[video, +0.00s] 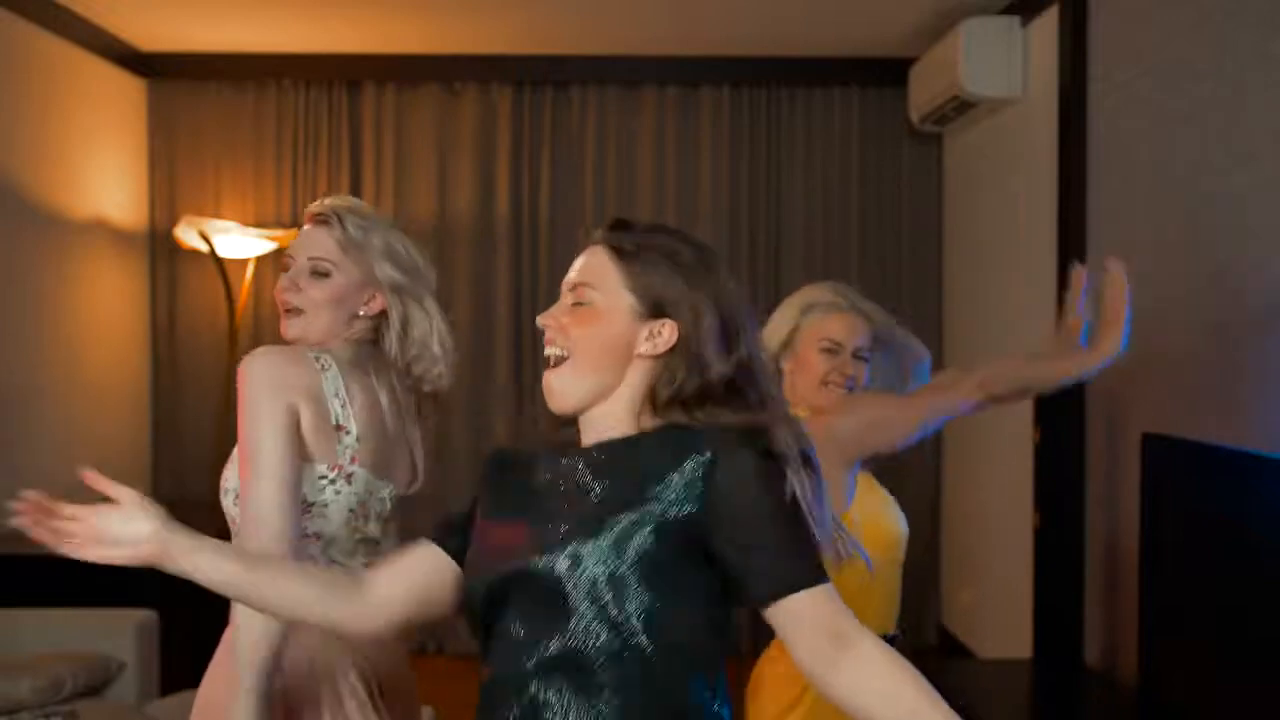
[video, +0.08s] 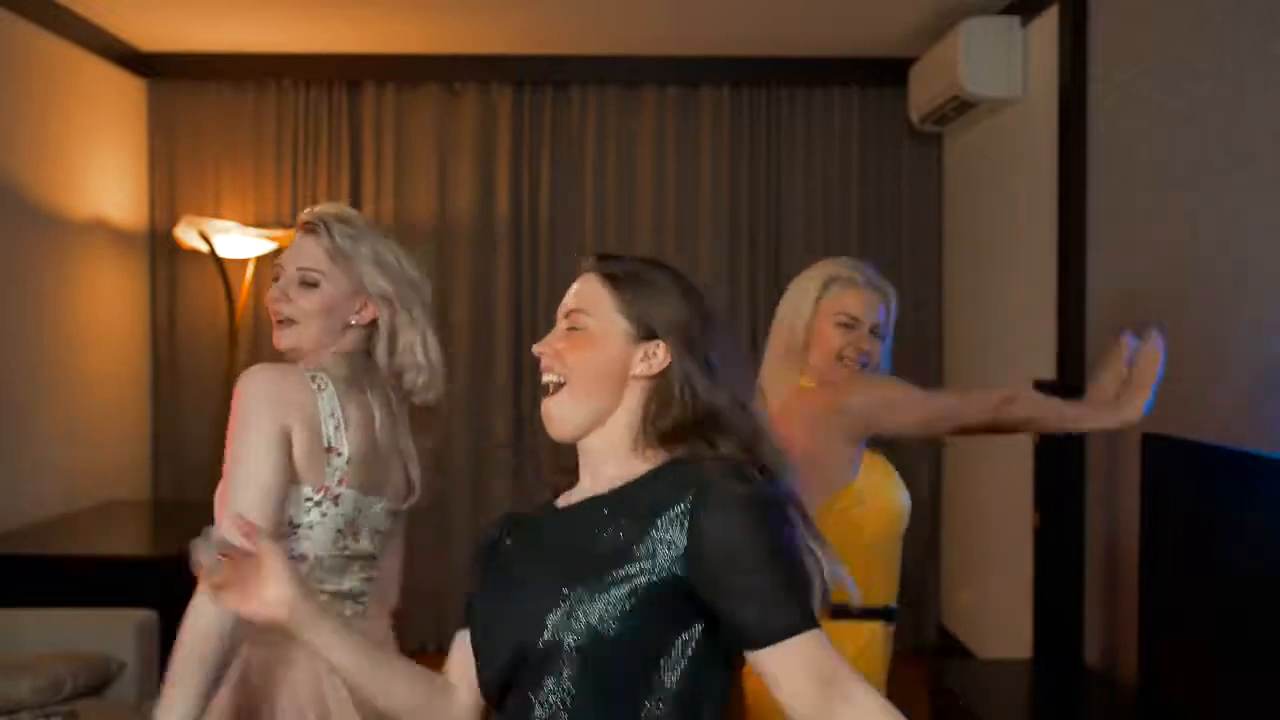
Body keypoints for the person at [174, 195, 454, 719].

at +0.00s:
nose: (287, 284)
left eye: (319, 272)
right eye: (288, 268)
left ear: (372, 301)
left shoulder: (274, 371)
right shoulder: (395, 384)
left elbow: (266, 571)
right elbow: (408, 478)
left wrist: (238, 701)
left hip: (285, 657)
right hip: (374, 651)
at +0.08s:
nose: (277, 294)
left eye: (308, 282)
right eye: (278, 277)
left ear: (365, 310)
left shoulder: (271, 390)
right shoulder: (391, 405)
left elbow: (232, 584)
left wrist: (172, 711)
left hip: (271, 680)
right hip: (362, 674)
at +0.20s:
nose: (271, 306)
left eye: (301, 289)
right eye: (270, 288)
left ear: (359, 313)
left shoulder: (290, 412)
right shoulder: (399, 427)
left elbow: (172, 594)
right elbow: (392, 600)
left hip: (263, 691)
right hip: (363, 686)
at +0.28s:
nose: (277, 307)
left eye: (303, 288)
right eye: (272, 289)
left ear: (366, 304)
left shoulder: (307, 419)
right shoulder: (413, 425)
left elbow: (161, 581)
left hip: (245, 688)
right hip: (343, 689)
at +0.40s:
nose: (289, 322)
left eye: (314, 301)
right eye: (284, 303)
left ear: (379, 312)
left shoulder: (326, 432)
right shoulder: (403, 427)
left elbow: (197, 587)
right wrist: (113, 627)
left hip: (248, 667)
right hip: (324, 662)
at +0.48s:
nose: (292, 335)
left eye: (317, 313)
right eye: (288, 314)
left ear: (384, 323)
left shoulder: (327, 452)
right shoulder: (413, 440)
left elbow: (213, 634)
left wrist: (46, 624)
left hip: (234, 690)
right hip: (305, 687)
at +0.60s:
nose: (297, 335)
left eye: (324, 313)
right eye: (291, 315)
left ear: (385, 323)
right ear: (285, 316)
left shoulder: (322, 433)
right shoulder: (423, 430)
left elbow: (260, 639)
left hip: (276, 695)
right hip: (354, 694)